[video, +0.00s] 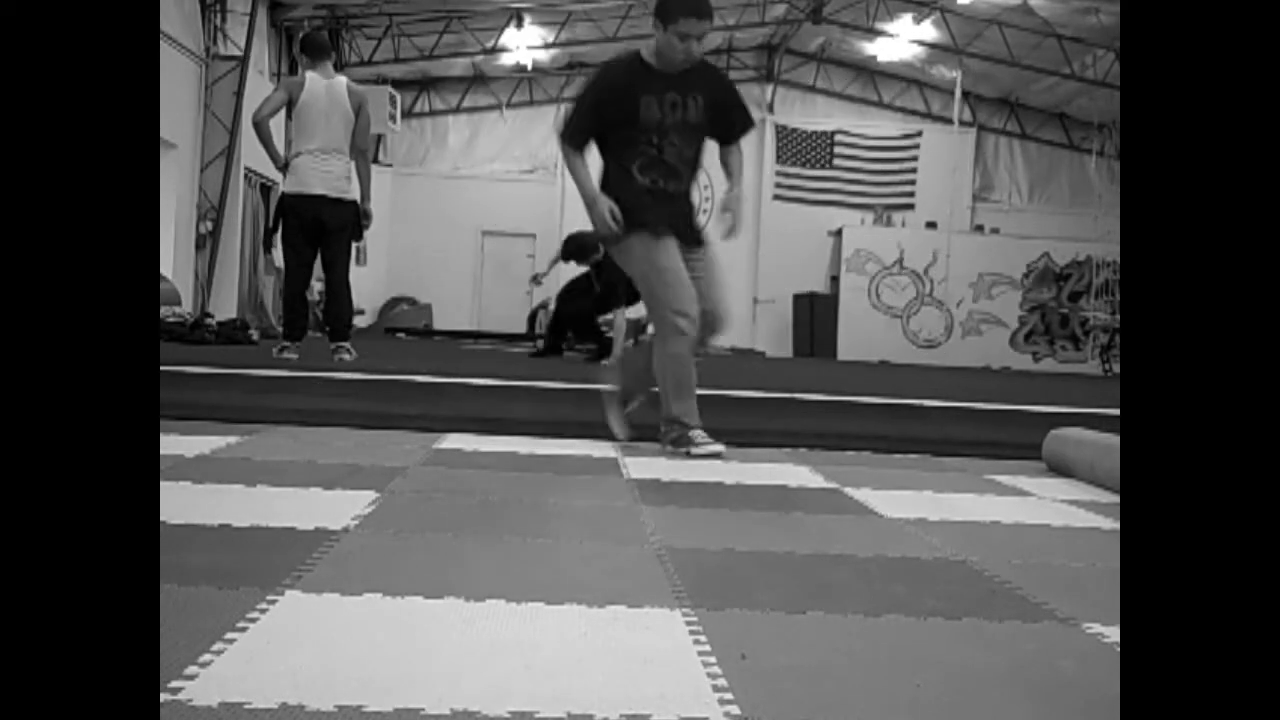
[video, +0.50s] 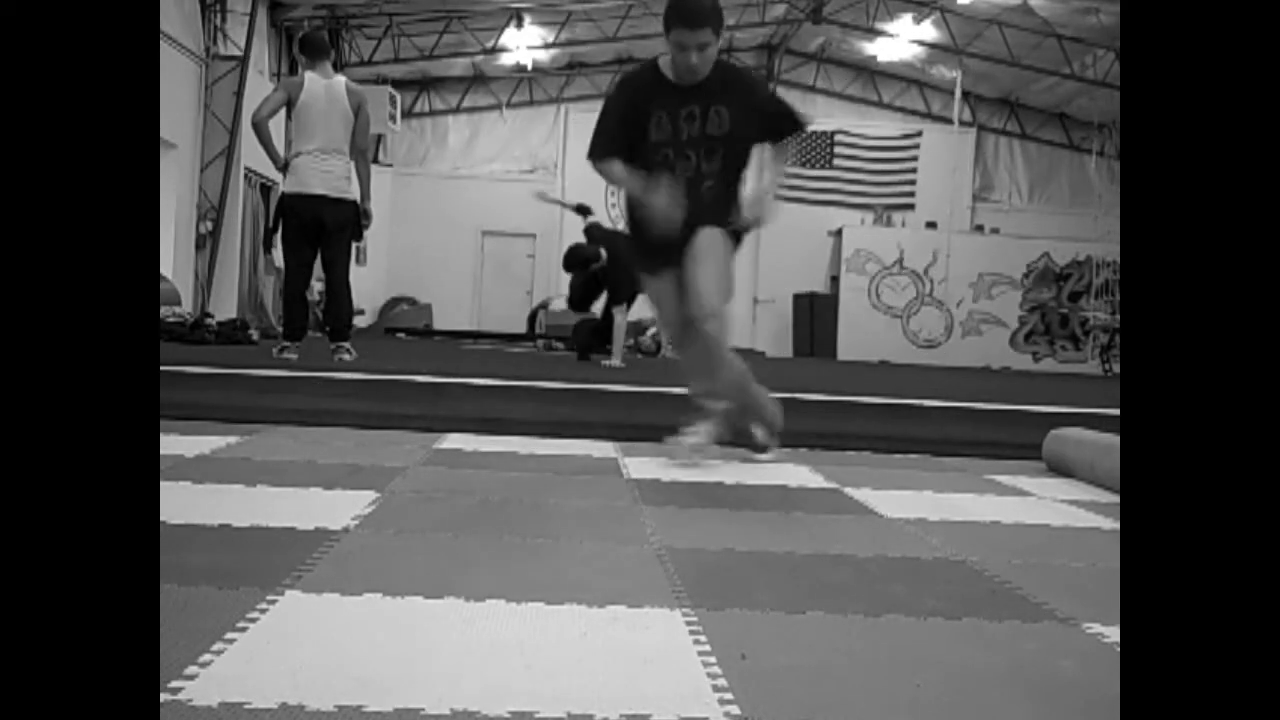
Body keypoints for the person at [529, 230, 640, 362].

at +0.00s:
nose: (578, 265)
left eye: (580, 261)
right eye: (576, 262)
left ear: (591, 256)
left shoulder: (613, 271)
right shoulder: (583, 244)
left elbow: (620, 316)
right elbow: (561, 254)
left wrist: (615, 356)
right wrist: (545, 272)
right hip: (598, 278)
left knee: (579, 309)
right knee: (565, 298)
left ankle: (602, 345)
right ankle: (553, 345)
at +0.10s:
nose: (579, 266)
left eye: (581, 263)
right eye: (577, 263)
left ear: (593, 256)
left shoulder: (616, 263)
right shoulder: (582, 243)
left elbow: (619, 315)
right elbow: (554, 245)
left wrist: (616, 358)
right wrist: (534, 272)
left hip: (627, 291)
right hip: (602, 282)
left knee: (580, 304)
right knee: (570, 300)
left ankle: (599, 347)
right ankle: (573, 345)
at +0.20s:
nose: (577, 265)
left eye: (579, 262)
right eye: (574, 261)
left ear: (592, 259)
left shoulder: (613, 271)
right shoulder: (581, 242)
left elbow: (619, 317)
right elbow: (544, 240)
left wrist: (616, 358)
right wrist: (519, 264)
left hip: (629, 293)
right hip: (604, 282)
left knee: (581, 305)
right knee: (576, 303)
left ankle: (596, 350)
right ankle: (589, 347)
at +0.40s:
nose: (574, 271)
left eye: (576, 268)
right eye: (571, 268)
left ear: (590, 266)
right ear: (579, 246)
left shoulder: (615, 276)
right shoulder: (590, 235)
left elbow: (620, 318)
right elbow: (561, 215)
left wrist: (617, 359)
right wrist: (519, 213)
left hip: (633, 283)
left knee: (581, 315)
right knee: (572, 286)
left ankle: (593, 348)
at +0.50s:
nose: (577, 274)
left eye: (578, 271)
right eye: (576, 272)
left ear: (592, 265)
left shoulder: (618, 274)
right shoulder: (594, 234)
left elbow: (620, 315)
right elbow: (585, 211)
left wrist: (616, 358)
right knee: (577, 303)